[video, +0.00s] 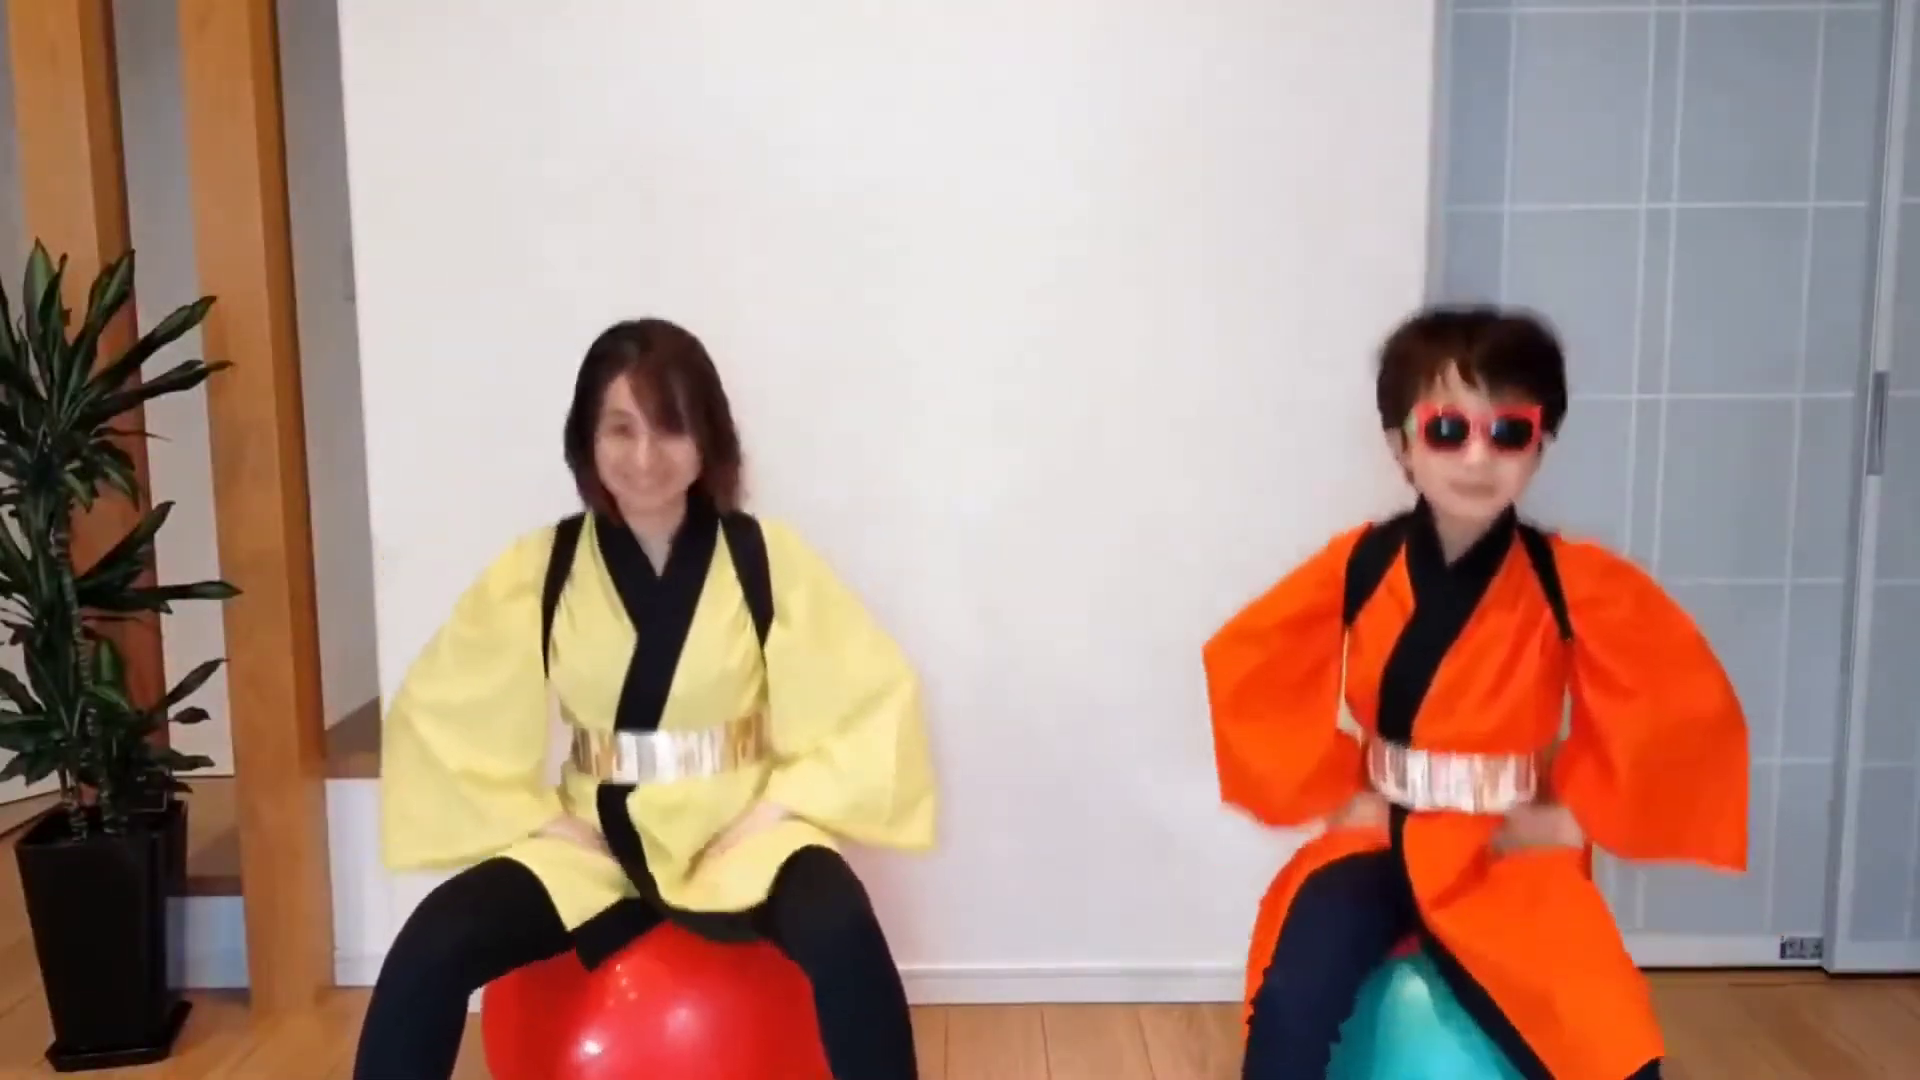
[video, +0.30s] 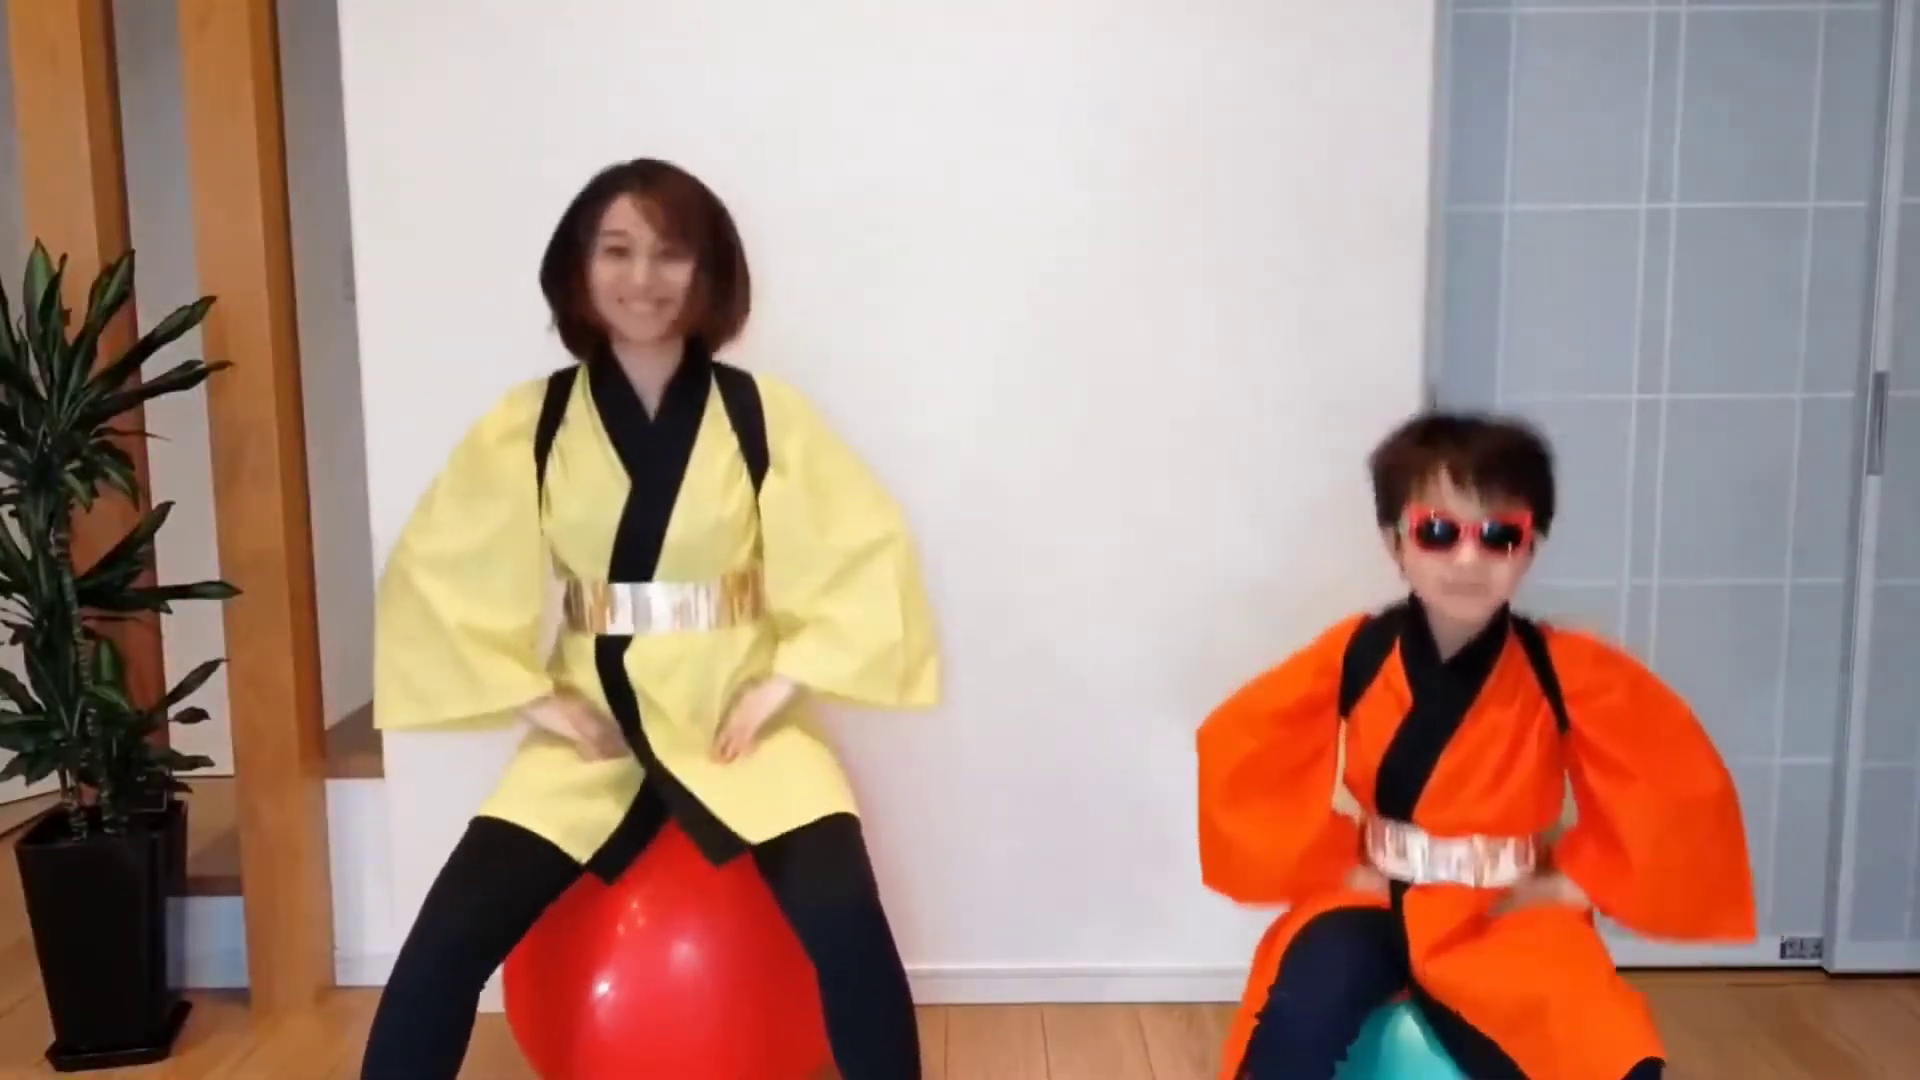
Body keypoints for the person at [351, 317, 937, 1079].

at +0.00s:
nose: (644, 454)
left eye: (669, 428)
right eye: (618, 430)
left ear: (705, 438)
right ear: (587, 442)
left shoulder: (764, 559)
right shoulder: (543, 566)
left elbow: (877, 699)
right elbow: (434, 708)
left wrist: (779, 808)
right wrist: (535, 815)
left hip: (740, 844)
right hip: (591, 850)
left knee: (836, 913)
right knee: (438, 935)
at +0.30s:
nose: (641, 277)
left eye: (670, 254)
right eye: (616, 251)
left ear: (706, 274)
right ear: (578, 269)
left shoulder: (763, 416)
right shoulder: (529, 423)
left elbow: (871, 557)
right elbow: (428, 575)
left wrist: (783, 680)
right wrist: (533, 694)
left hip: (748, 728)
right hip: (584, 735)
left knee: (849, 926)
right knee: (441, 949)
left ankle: (887, 1078)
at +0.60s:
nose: (645, 426)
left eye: (670, 401)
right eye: (619, 406)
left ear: (709, 419)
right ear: (591, 429)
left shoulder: (772, 558)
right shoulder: (547, 568)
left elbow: (877, 702)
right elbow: (440, 711)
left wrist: (787, 811)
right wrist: (540, 820)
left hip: (743, 850)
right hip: (595, 855)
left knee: (836, 907)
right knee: (450, 938)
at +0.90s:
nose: (640, 297)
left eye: (668, 270)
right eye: (615, 271)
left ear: (710, 283)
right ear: (578, 286)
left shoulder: (766, 416)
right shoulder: (532, 426)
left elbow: (872, 560)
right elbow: (435, 579)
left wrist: (780, 688)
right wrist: (539, 693)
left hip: (752, 730)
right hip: (591, 737)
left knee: (854, 926)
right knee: (449, 949)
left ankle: (888, 1078)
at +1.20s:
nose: (642, 431)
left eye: (665, 406)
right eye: (617, 410)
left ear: (703, 414)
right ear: (584, 426)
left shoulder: (767, 542)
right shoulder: (546, 554)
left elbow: (874, 687)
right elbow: (444, 699)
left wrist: (781, 802)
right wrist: (546, 809)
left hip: (747, 837)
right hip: (597, 843)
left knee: (842, 906)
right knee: (446, 936)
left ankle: (887, 1072)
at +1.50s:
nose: (646, 295)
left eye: (677, 275)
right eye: (621, 270)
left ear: (713, 301)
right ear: (580, 291)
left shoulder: (765, 429)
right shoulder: (529, 442)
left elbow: (892, 556)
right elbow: (429, 591)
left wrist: (809, 682)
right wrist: (534, 708)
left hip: (754, 732)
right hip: (590, 744)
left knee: (860, 925)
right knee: (443, 947)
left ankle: (890, 1076)